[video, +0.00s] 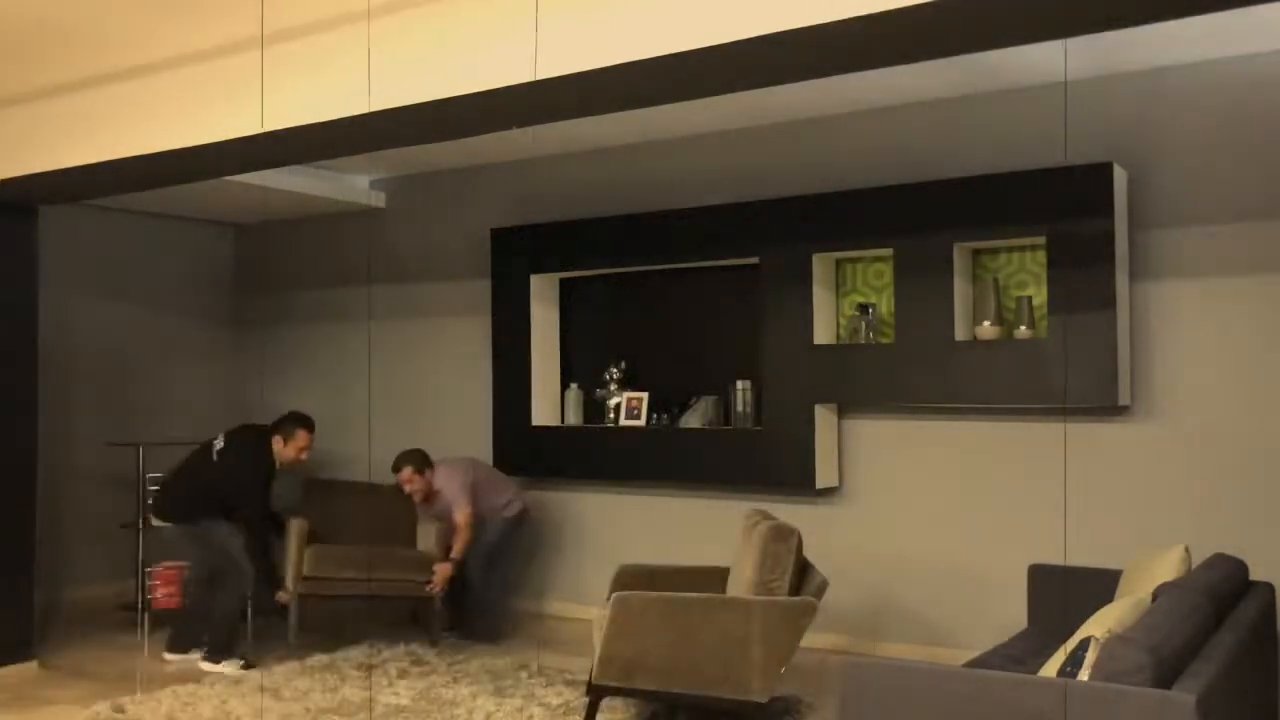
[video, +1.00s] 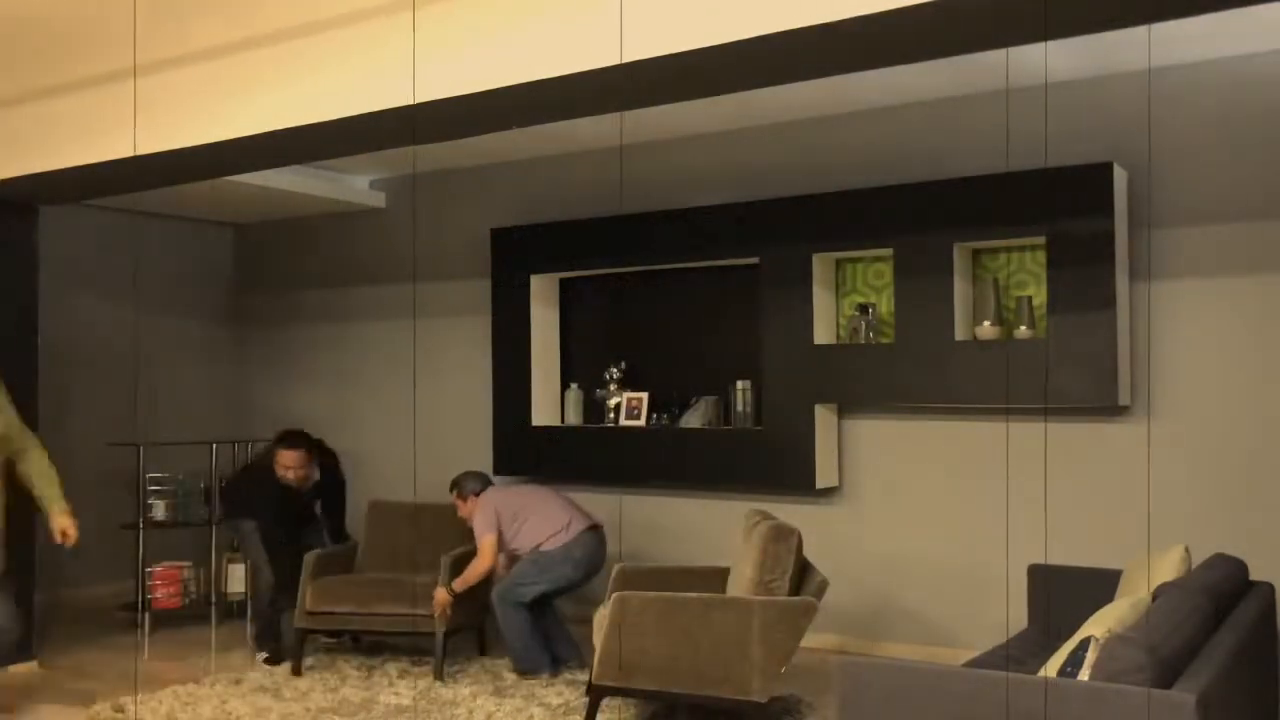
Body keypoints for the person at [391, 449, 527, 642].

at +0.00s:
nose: (407, 490)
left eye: (410, 482)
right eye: (403, 485)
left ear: (426, 473)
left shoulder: (451, 477)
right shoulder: (427, 496)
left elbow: (465, 525)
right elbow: (446, 526)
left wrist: (451, 563)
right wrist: (442, 567)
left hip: (509, 514)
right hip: (481, 517)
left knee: (480, 568)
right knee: (457, 568)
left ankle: (486, 631)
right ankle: (463, 627)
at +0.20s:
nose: (435, 482)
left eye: (437, 474)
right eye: (432, 476)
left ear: (454, 465)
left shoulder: (481, 472)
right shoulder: (458, 488)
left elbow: (483, 522)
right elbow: (475, 525)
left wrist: (460, 563)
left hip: (540, 509)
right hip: (508, 516)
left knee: (510, 572)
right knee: (485, 566)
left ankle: (521, 635)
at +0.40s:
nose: (452, 464)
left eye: (454, 456)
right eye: (450, 458)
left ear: (473, 450)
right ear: (473, 450)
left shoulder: (498, 461)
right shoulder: (479, 474)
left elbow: (496, 515)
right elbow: (493, 519)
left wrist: (467, 558)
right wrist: (464, 563)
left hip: (560, 514)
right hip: (527, 519)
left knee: (521, 564)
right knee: (500, 566)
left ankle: (538, 648)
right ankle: (508, 638)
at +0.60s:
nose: (462, 472)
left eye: (463, 465)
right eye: (460, 466)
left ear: (478, 458)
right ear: (482, 455)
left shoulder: (497, 472)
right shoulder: (504, 463)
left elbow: (482, 534)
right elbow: (514, 525)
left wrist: (449, 576)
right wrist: (509, 568)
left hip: (581, 516)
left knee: (534, 581)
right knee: (548, 582)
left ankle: (539, 660)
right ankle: (565, 652)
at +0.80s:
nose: (463, 501)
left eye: (462, 492)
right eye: (461, 493)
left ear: (475, 486)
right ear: (482, 482)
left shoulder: (489, 496)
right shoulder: (508, 487)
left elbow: (488, 555)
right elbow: (508, 554)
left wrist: (451, 587)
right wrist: (505, 587)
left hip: (573, 539)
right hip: (595, 532)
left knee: (514, 590)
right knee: (546, 596)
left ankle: (534, 666)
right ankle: (569, 658)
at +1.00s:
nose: (459, 514)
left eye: (458, 505)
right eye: (457, 507)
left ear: (472, 498)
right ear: (482, 493)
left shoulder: (484, 505)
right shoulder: (506, 497)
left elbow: (485, 561)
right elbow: (505, 564)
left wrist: (450, 591)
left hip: (570, 548)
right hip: (590, 542)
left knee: (505, 596)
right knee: (534, 599)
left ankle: (533, 669)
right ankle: (570, 660)